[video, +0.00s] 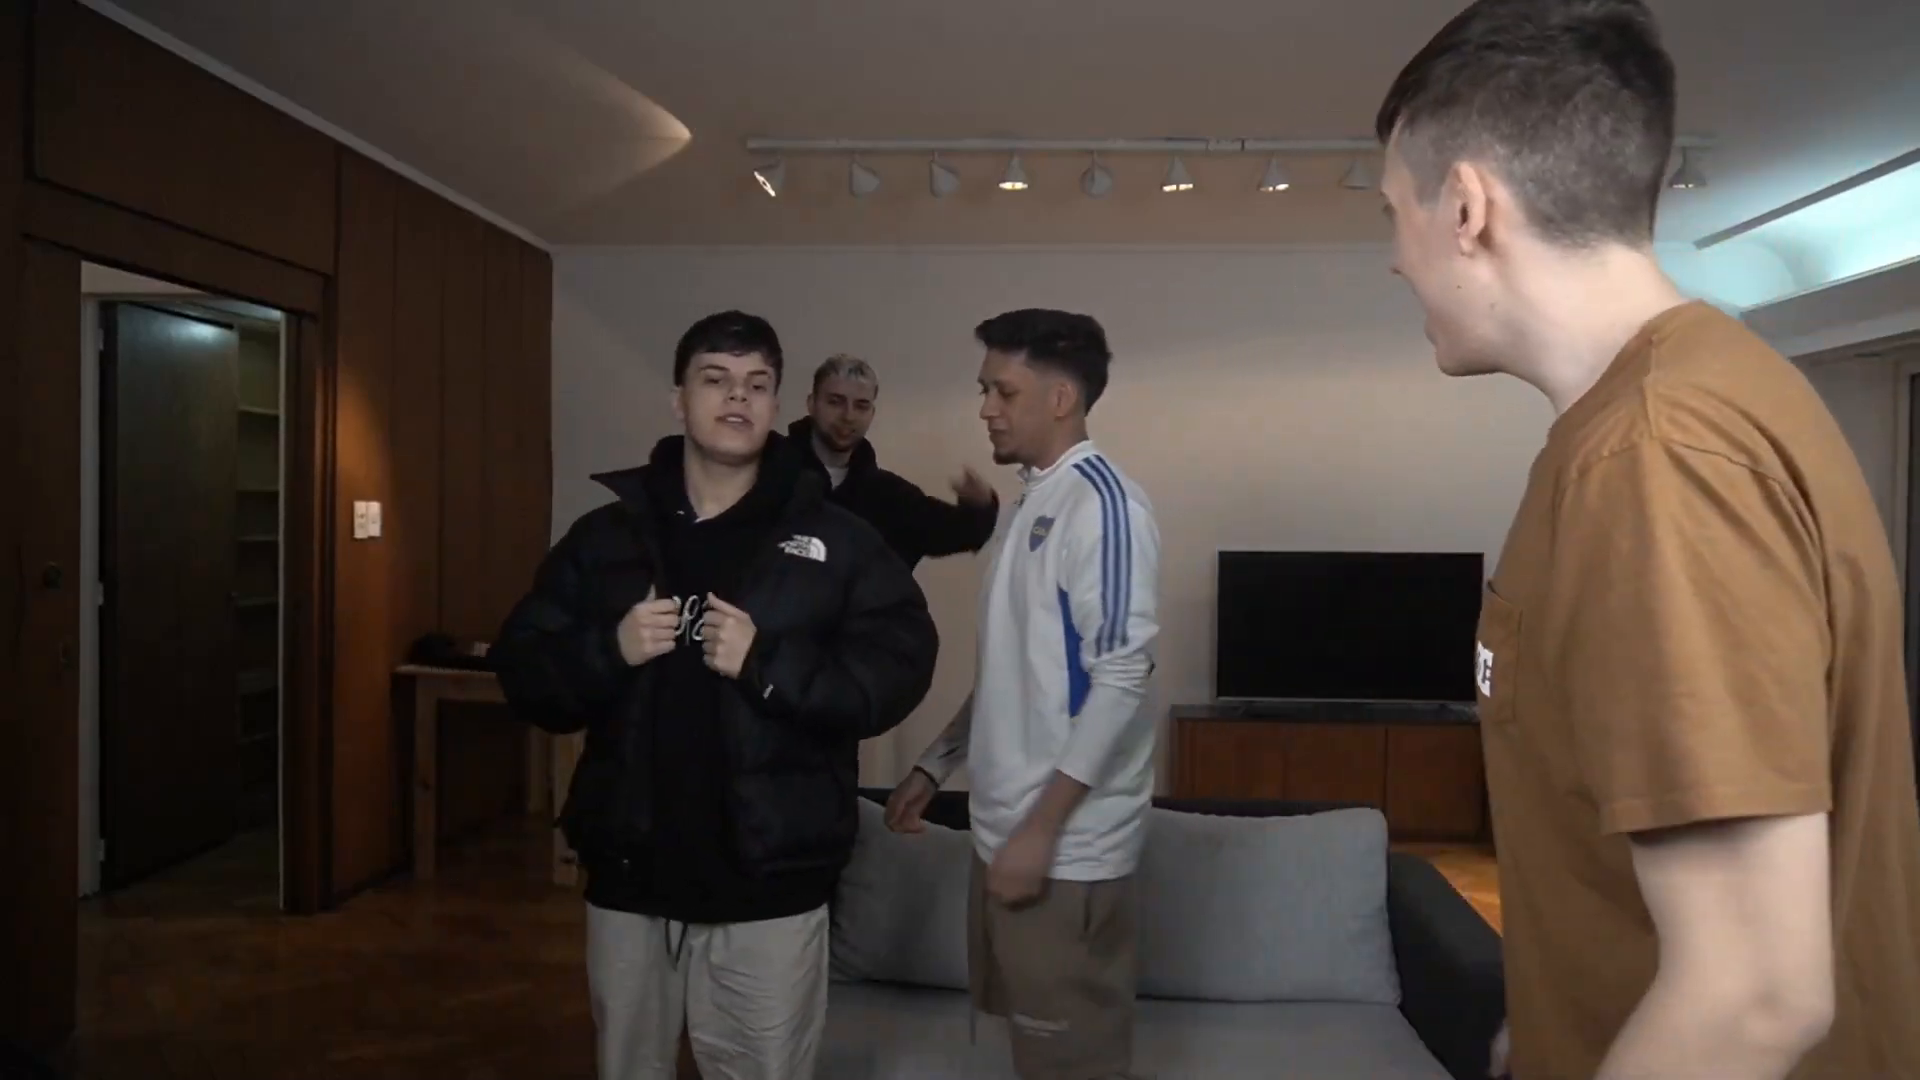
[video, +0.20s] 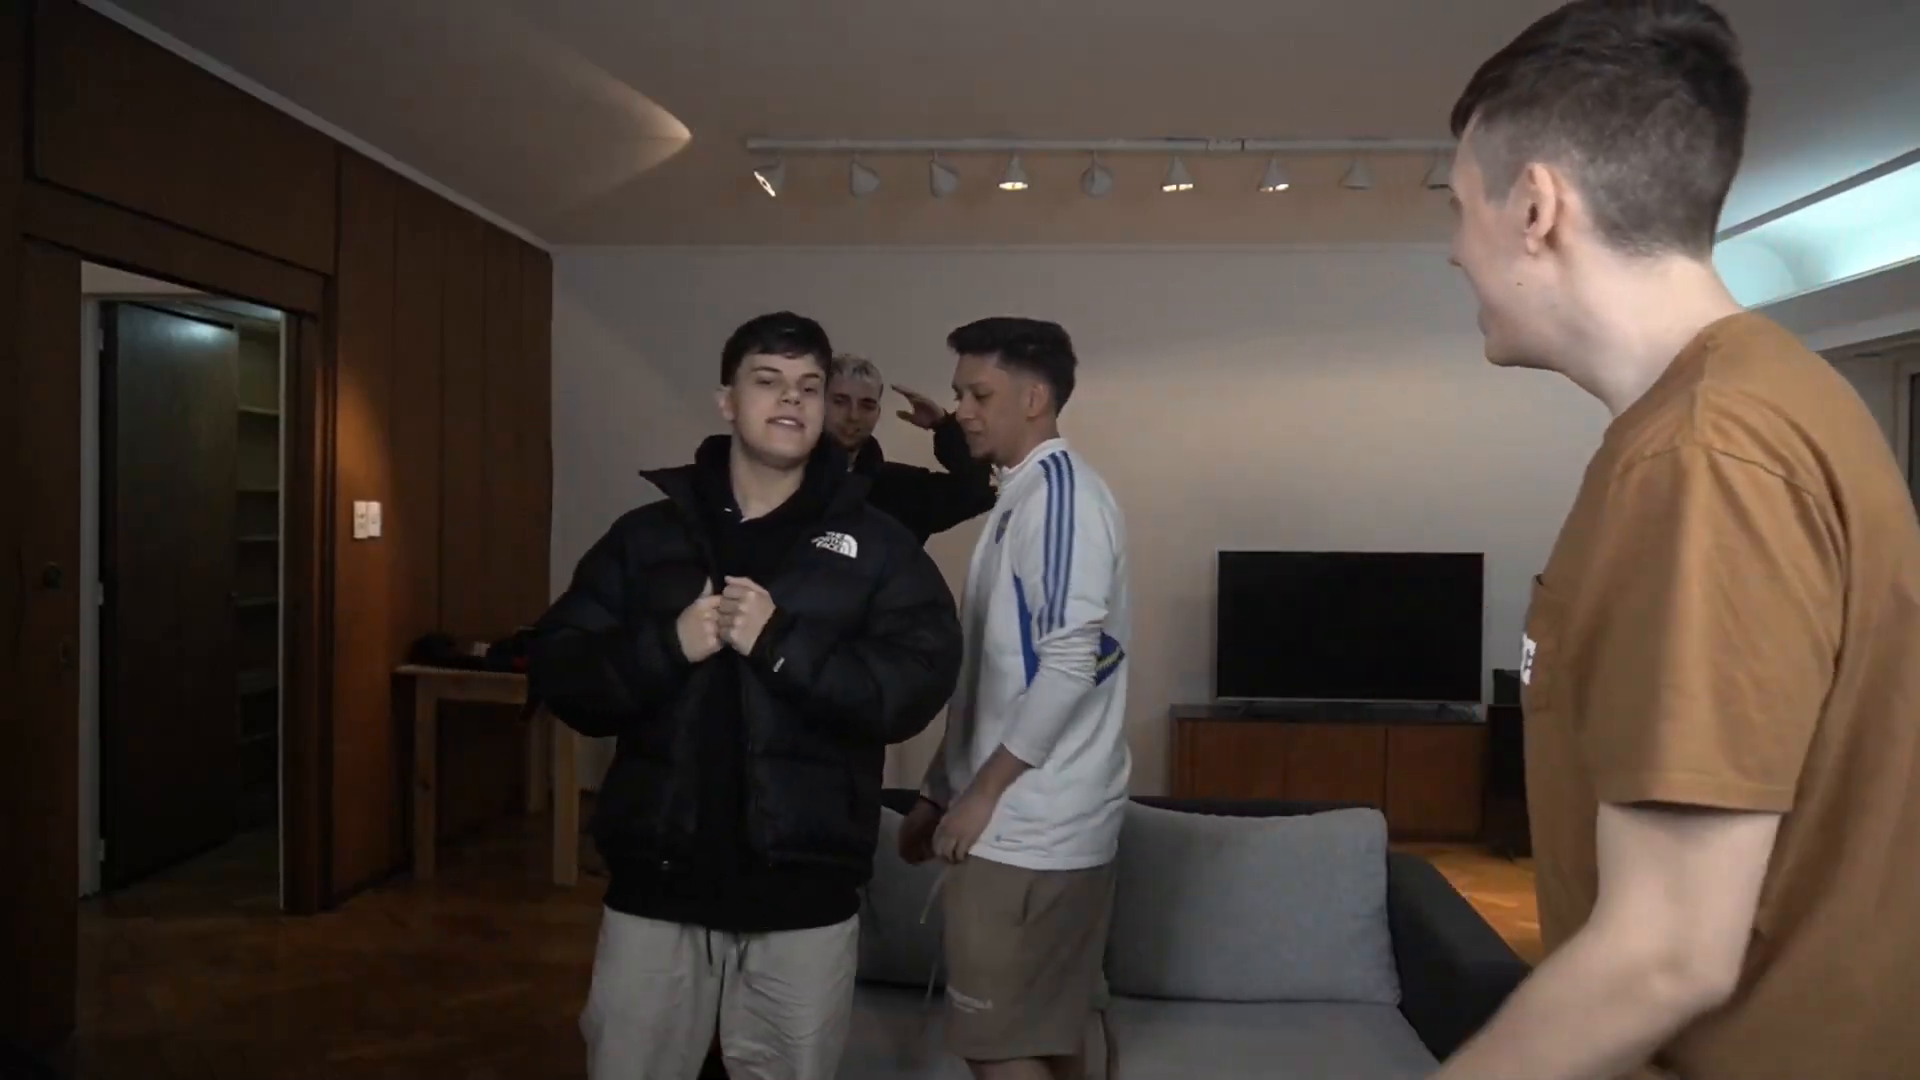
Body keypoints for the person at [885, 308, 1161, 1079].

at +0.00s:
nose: (986, 409)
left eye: (1003, 391)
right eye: (985, 390)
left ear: (1064, 399)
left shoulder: (1102, 502)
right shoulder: (1031, 500)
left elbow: (1124, 679)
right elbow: (1010, 672)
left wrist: (1041, 827)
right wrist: (934, 767)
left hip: (1069, 847)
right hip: (1012, 833)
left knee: (1073, 1057)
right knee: (1035, 1047)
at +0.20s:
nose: (958, 411)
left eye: (977, 395)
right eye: (957, 394)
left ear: (1036, 399)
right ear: (1024, 402)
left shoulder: (1058, 492)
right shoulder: (1023, 495)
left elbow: (1074, 658)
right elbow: (992, 669)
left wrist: (986, 790)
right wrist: (939, 790)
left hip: (1037, 823)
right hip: (1025, 816)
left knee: (1000, 1045)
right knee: (1047, 1040)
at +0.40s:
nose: (926, 419)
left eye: (942, 402)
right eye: (926, 403)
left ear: (1002, 404)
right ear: (992, 407)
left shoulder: (1023, 491)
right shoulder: (1012, 488)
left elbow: (1047, 645)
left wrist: (971, 792)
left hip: (1009, 824)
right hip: (1037, 819)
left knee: (941, 1034)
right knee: (1048, 1027)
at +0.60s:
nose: (882, 433)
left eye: (894, 414)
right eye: (878, 417)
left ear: (952, 407)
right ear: (948, 413)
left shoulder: (983, 491)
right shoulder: (964, 487)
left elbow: (1034, 640)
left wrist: (998, 800)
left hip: (954, 821)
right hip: (1015, 817)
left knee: (890, 1019)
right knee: (1030, 1006)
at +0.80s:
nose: (836, 418)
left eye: (848, 401)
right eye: (838, 401)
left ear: (892, 406)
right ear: (899, 410)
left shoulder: (930, 485)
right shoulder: (919, 482)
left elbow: (982, 643)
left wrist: (982, 803)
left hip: (935, 806)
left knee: (871, 1027)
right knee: (987, 997)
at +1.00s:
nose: (781, 412)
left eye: (793, 394)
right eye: (782, 395)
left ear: (838, 399)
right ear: (846, 401)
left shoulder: (880, 480)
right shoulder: (846, 482)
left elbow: (924, 644)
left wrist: (899, 810)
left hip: (894, 808)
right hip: (872, 800)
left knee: (862, 1037)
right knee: (891, 1027)